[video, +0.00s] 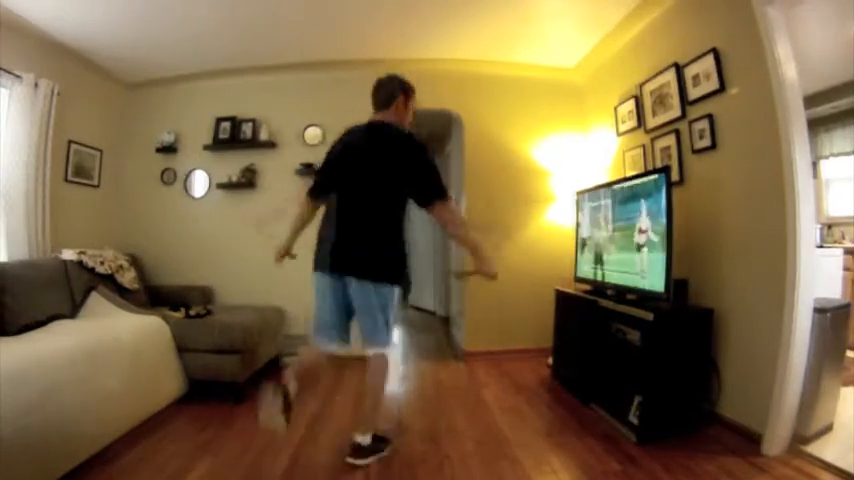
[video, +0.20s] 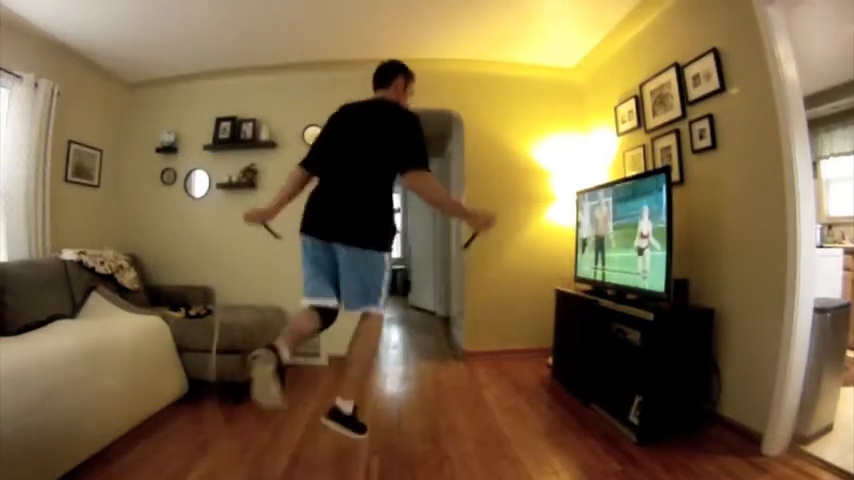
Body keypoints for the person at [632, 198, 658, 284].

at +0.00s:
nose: (643, 216)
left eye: (644, 215)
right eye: (642, 215)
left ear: (646, 217)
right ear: (640, 216)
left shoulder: (647, 224)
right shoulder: (638, 224)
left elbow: (650, 234)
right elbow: (635, 234)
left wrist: (656, 239)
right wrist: (635, 240)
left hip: (644, 244)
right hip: (638, 244)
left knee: (645, 258)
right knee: (638, 258)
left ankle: (644, 271)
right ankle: (639, 270)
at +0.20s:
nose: (645, 213)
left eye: (646, 212)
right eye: (644, 212)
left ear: (648, 213)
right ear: (642, 213)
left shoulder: (649, 223)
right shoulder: (640, 223)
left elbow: (651, 237)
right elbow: (637, 235)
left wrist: (658, 246)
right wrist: (635, 245)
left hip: (646, 245)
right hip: (639, 245)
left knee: (647, 261)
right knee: (640, 261)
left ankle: (646, 273)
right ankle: (640, 272)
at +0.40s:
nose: (644, 201)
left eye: (645, 199)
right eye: (643, 199)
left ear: (647, 200)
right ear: (641, 200)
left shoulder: (649, 211)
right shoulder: (640, 212)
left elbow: (653, 224)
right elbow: (636, 225)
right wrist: (635, 224)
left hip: (647, 237)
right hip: (640, 237)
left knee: (647, 255)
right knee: (640, 255)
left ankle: (647, 271)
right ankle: (639, 270)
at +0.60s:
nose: (644, 206)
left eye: (645, 204)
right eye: (643, 204)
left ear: (648, 205)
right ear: (642, 205)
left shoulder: (650, 216)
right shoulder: (641, 216)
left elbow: (652, 227)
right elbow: (638, 227)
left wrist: (654, 234)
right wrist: (636, 237)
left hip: (647, 231)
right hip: (641, 232)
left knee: (647, 253)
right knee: (640, 252)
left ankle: (647, 271)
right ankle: (640, 270)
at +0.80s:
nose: (645, 206)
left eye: (647, 204)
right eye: (644, 204)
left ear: (649, 205)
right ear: (642, 206)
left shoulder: (650, 216)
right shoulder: (642, 216)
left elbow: (652, 229)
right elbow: (639, 227)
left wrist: (659, 236)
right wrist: (636, 237)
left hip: (648, 235)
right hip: (641, 235)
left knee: (648, 256)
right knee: (640, 256)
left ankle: (647, 273)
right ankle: (640, 272)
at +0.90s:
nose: (645, 197)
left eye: (646, 195)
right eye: (644, 195)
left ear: (648, 196)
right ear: (642, 196)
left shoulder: (650, 208)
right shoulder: (641, 208)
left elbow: (653, 220)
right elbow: (638, 220)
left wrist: (661, 221)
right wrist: (635, 225)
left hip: (647, 235)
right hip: (640, 236)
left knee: (648, 255)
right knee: (640, 256)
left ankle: (647, 274)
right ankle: (639, 273)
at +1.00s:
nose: (645, 194)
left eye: (646, 192)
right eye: (643, 192)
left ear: (648, 194)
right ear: (641, 194)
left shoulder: (650, 205)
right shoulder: (640, 205)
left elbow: (652, 217)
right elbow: (635, 219)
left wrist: (661, 215)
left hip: (647, 230)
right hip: (640, 230)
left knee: (647, 251)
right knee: (640, 252)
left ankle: (646, 271)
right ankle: (639, 271)